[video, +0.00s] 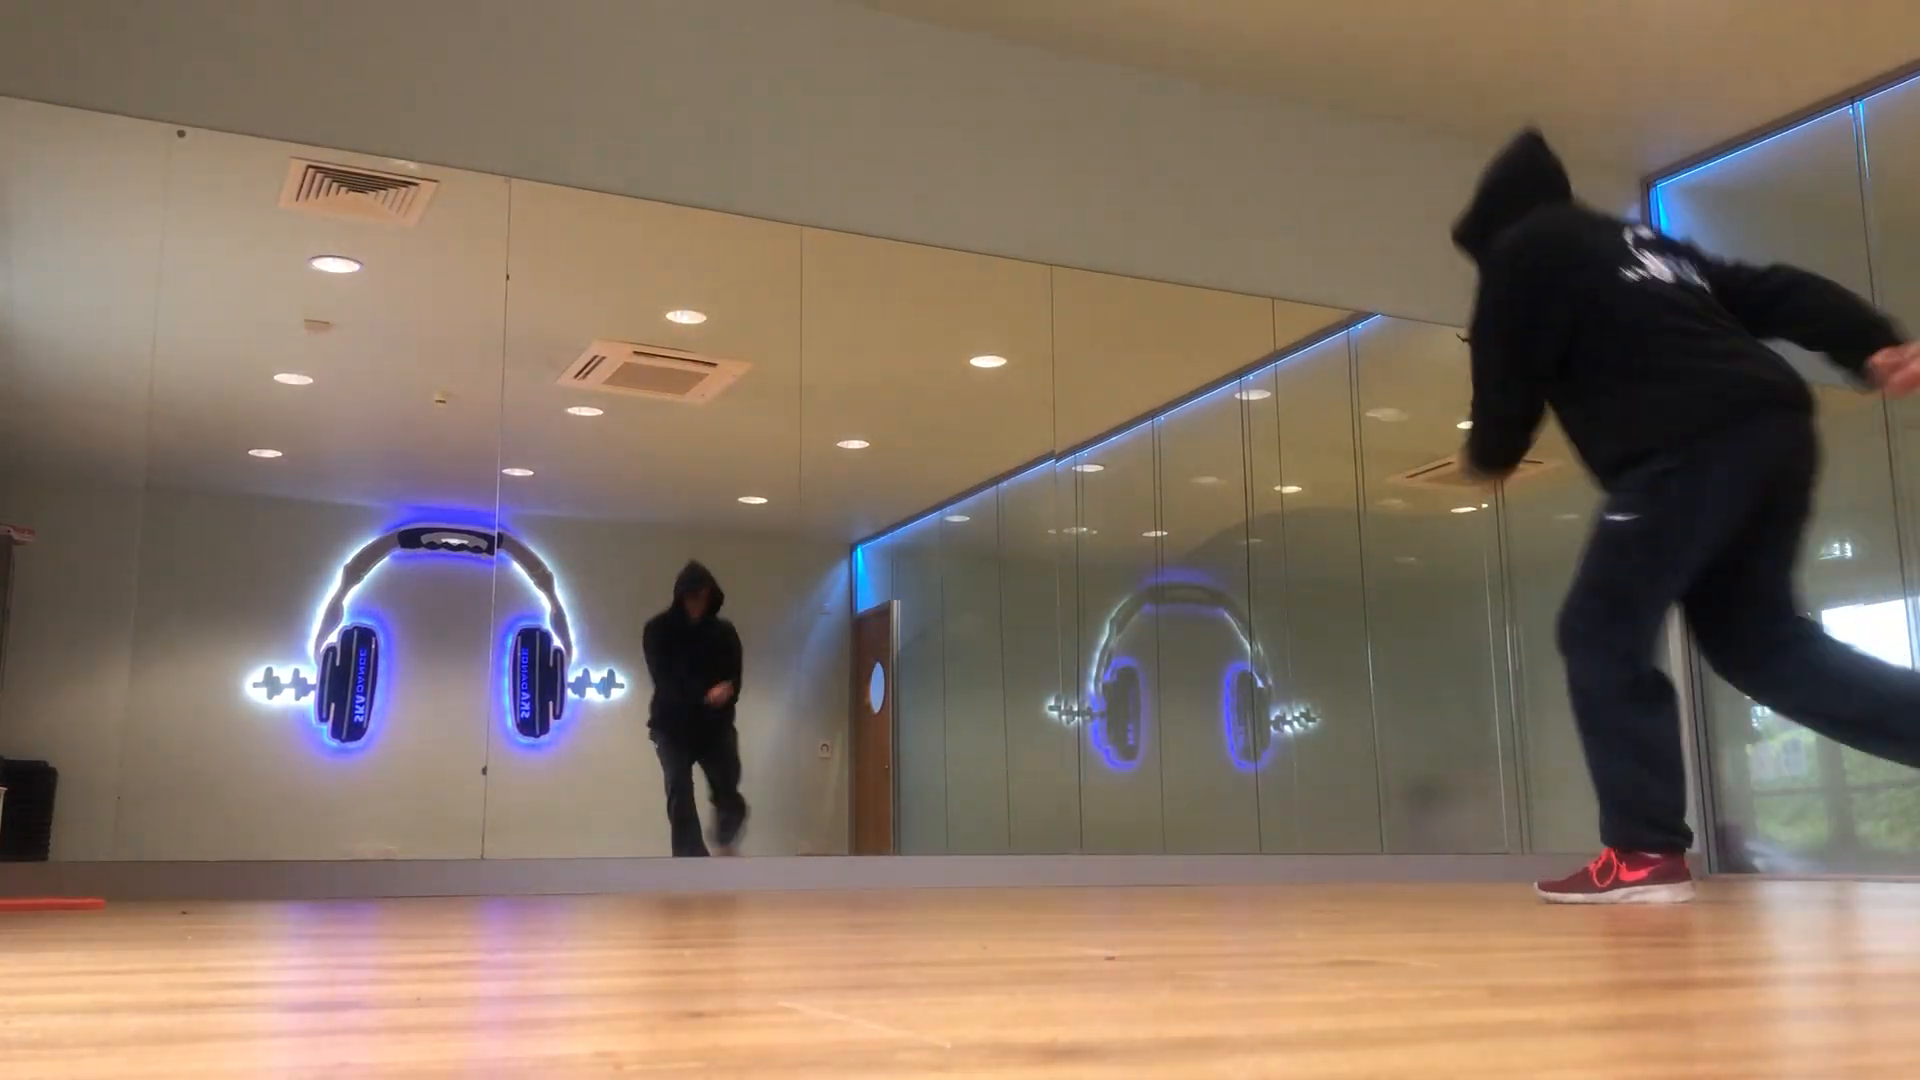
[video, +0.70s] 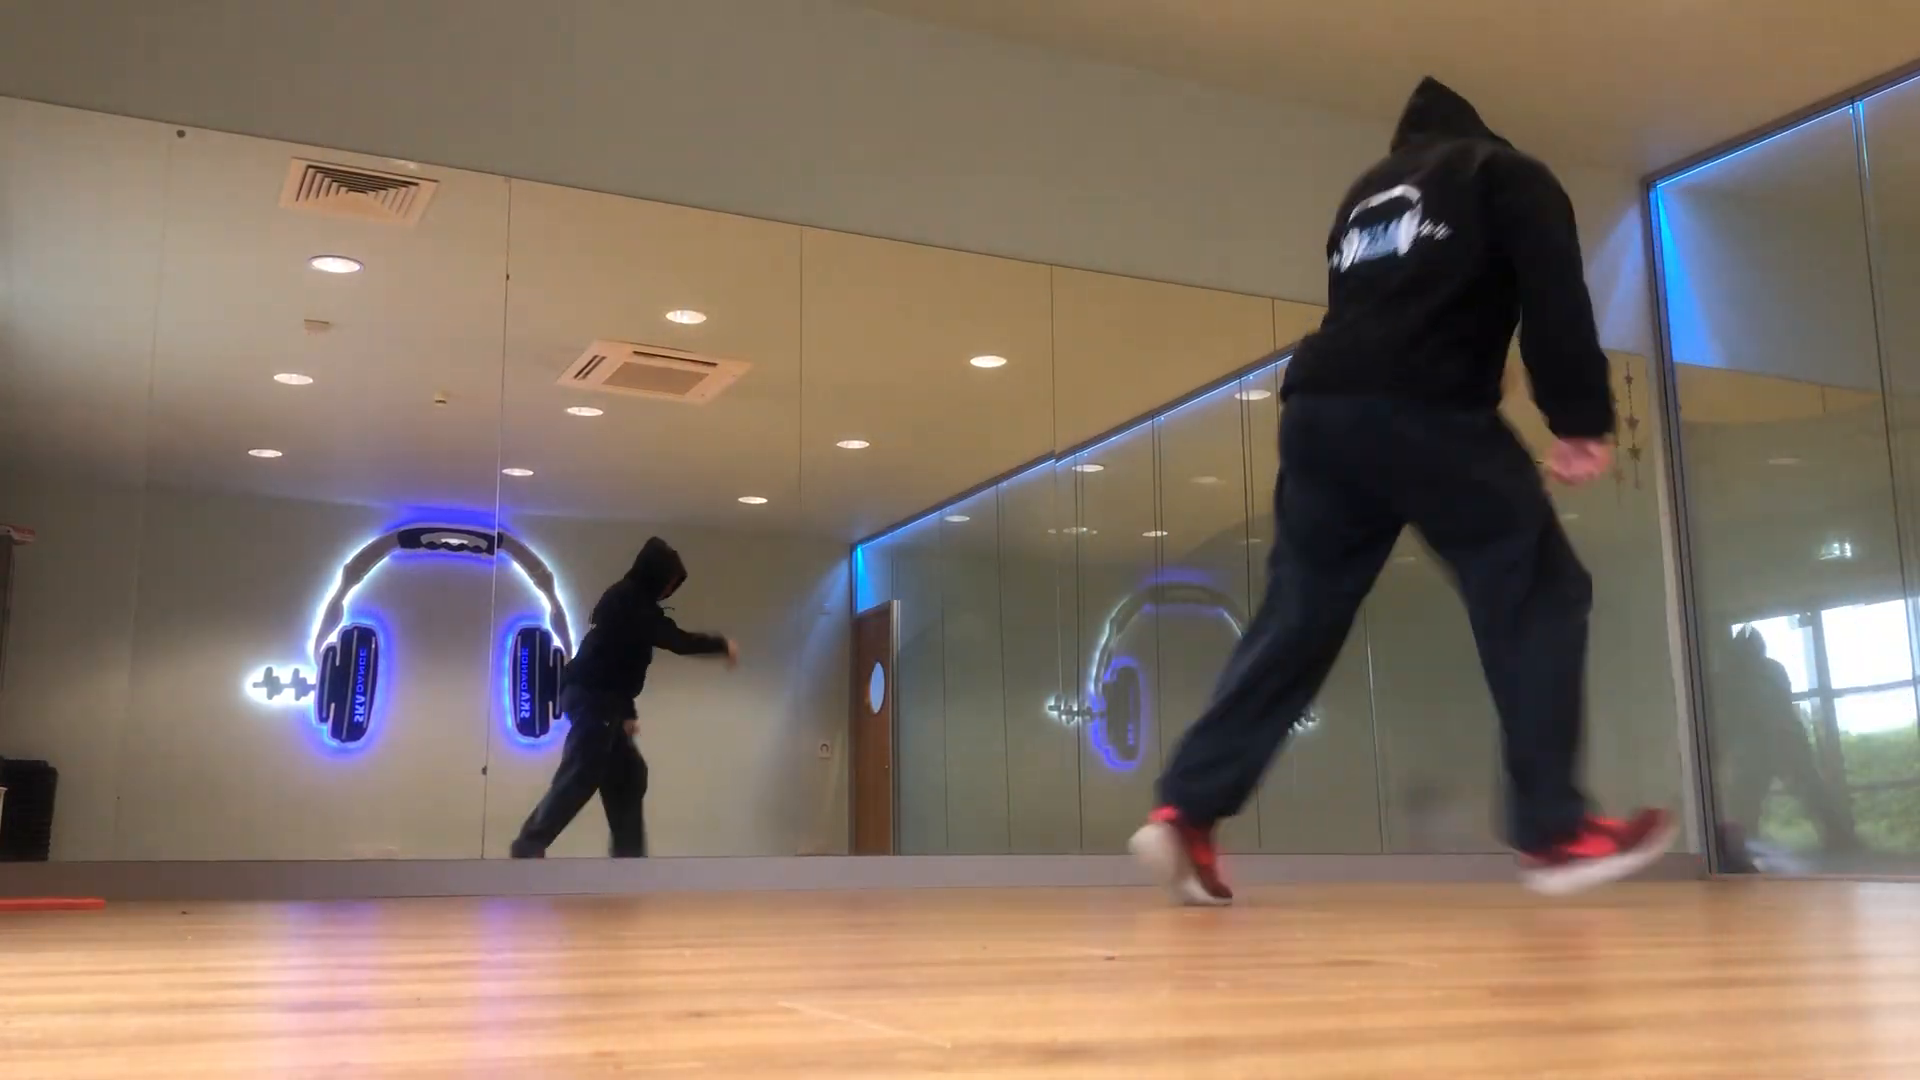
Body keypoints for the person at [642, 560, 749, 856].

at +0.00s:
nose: (696, 602)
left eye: (702, 595)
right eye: (690, 595)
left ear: (711, 596)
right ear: (680, 595)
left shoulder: (723, 631)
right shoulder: (659, 629)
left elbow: (734, 675)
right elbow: (663, 680)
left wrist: (726, 689)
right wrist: (703, 694)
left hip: (714, 722)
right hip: (672, 723)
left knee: (725, 786)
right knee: (679, 791)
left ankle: (725, 838)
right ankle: (691, 859)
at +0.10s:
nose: (698, 579)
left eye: (703, 573)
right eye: (692, 573)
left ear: (709, 574)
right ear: (678, 572)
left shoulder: (715, 614)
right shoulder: (653, 609)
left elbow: (720, 656)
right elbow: (622, 658)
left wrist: (730, 691)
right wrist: (633, 701)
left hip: (693, 709)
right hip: (655, 709)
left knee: (696, 788)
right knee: (674, 777)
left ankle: (639, 841)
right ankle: (674, 861)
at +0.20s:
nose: (699, 588)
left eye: (704, 582)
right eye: (695, 580)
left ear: (707, 583)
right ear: (679, 577)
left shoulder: (700, 620)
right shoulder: (652, 608)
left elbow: (704, 667)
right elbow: (606, 640)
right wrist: (606, 685)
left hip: (664, 710)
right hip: (637, 705)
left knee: (648, 789)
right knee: (661, 781)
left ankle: (596, 860)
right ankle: (625, 863)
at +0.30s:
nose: (705, 598)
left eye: (710, 593)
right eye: (702, 589)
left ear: (712, 595)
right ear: (686, 585)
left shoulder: (692, 634)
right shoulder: (650, 612)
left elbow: (677, 681)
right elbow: (604, 650)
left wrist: (713, 685)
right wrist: (626, 687)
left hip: (642, 718)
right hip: (614, 709)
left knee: (622, 784)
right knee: (643, 779)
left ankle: (588, 861)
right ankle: (609, 862)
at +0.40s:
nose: (699, 602)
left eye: (703, 596)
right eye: (697, 594)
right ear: (683, 591)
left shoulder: (683, 640)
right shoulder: (642, 616)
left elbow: (673, 698)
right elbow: (616, 672)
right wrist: (659, 691)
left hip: (632, 712)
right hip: (605, 705)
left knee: (636, 791)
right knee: (640, 788)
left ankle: (572, 838)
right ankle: (608, 861)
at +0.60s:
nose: (677, 580)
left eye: (681, 576)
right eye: (677, 572)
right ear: (666, 565)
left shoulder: (652, 597)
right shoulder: (630, 589)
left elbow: (661, 641)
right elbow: (656, 642)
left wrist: (679, 617)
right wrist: (682, 616)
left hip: (614, 691)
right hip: (596, 685)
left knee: (645, 759)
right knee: (597, 763)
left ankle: (581, 801)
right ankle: (571, 848)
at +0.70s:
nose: (672, 589)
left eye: (675, 583)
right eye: (671, 581)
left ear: (644, 571)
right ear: (659, 576)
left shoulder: (627, 599)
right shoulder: (633, 602)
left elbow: (617, 662)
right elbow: (676, 639)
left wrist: (625, 710)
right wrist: (720, 645)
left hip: (599, 699)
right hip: (594, 699)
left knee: (627, 775)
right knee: (582, 773)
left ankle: (629, 864)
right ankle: (528, 848)